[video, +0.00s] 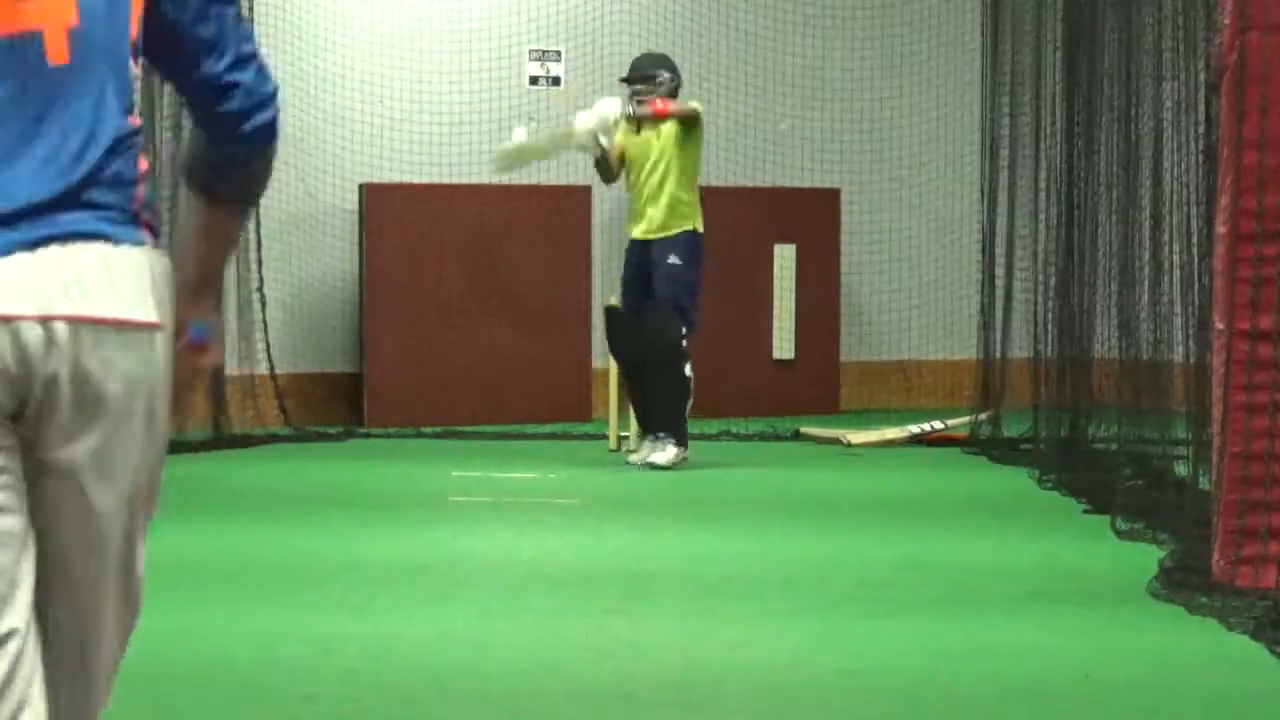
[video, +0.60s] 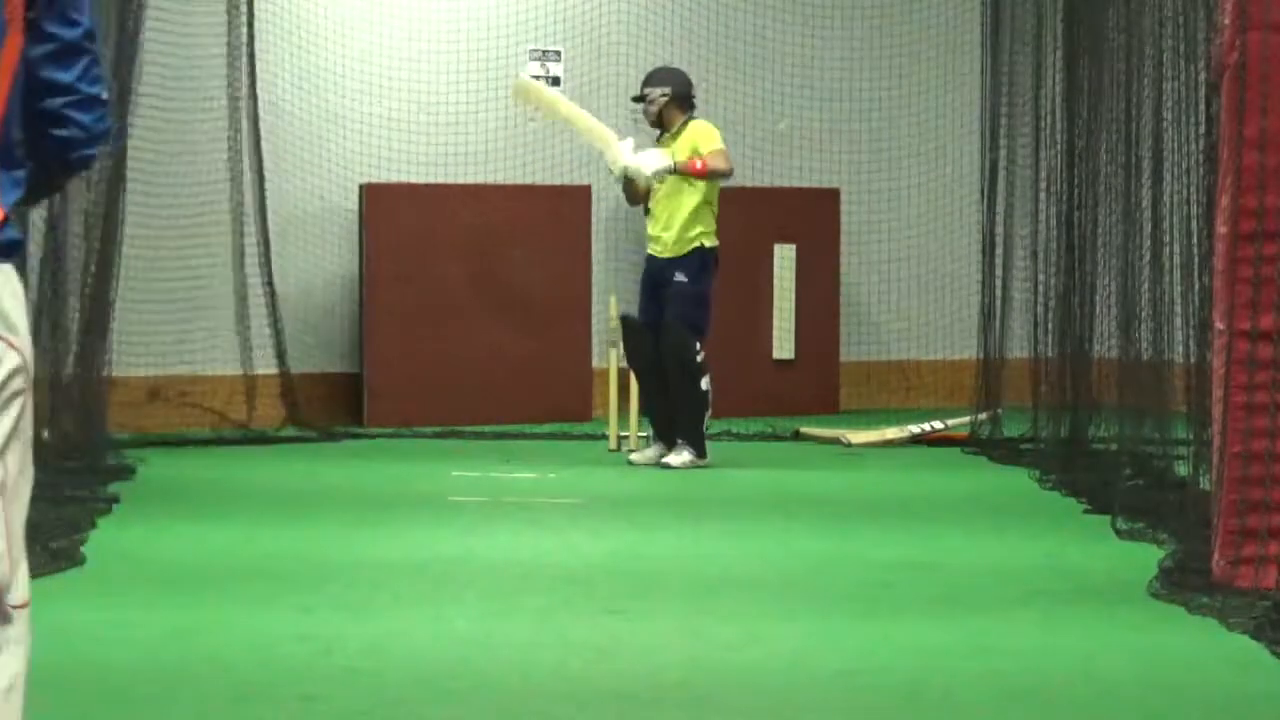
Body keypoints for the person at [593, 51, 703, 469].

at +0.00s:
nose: (639, 95)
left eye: (647, 87)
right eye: (634, 88)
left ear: (668, 88)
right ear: (627, 90)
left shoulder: (683, 121)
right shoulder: (626, 130)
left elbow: (691, 113)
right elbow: (608, 175)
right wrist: (596, 141)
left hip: (678, 234)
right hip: (641, 237)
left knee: (669, 335)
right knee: (636, 332)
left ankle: (673, 438)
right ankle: (651, 434)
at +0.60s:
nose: (645, 108)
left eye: (650, 100)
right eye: (644, 101)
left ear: (671, 98)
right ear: (662, 102)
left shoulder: (699, 131)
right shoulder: (658, 146)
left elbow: (723, 166)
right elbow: (637, 198)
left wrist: (672, 166)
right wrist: (626, 169)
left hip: (691, 254)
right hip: (658, 255)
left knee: (679, 345)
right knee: (648, 344)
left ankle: (691, 444)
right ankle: (664, 438)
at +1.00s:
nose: (616, 162)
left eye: (624, 154)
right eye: (608, 155)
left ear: (637, 155)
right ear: (599, 159)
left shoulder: (650, 190)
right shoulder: (616, 185)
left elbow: (663, 264)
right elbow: (628, 221)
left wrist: (639, 276)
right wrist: (627, 242)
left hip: (703, 255)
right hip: (677, 257)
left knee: (660, 337)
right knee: (644, 338)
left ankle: (676, 444)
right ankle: (666, 438)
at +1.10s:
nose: (613, 169)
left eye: (621, 160)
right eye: (605, 162)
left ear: (635, 159)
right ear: (595, 164)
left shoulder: (648, 195)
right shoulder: (605, 184)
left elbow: (659, 264)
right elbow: (613, 220)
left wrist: (623, 270)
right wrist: (606, 235)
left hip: (701, 254)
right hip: (672, 257)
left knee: (656, 330)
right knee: (639, 335)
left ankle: (669, 442)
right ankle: (663, 437)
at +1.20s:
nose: (612, 167)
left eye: (620, 159)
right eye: (604, 160)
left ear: (634, 159)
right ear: (595, 163)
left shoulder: (646, 192)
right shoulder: (612, 182)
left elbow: (642, 259)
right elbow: (608, 202)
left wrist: (599, 256)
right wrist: (589, 217)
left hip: (693, 261)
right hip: (659, 265)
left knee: (653, 339)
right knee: (625, 339)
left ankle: (667, 444)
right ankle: (652, 436)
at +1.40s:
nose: (617, 130)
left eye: (624, 123)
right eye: (609, 125)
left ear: (636, 121)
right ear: (598, 128)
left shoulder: (654, 136)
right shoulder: (595, 160)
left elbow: (646, 162)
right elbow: (589, 217)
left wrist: (606, 169)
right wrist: (579, 186)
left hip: (674, 255)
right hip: (625, 262)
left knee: (662, 332)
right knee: (606, 349)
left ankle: (668, 441)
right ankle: (633, 428)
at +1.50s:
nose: (604, 115)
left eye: (609, 107)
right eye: (597, 110)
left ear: (619, 104)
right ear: (587, 109)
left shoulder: (639, 124)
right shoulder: (578, 134)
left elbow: (654, 111)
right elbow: (601, 150)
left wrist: (632, 107)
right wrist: (618, 125)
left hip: (662, 232)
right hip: (616, 242)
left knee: (674, 330)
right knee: (615, 337)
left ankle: (671, 426)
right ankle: (604, 428)